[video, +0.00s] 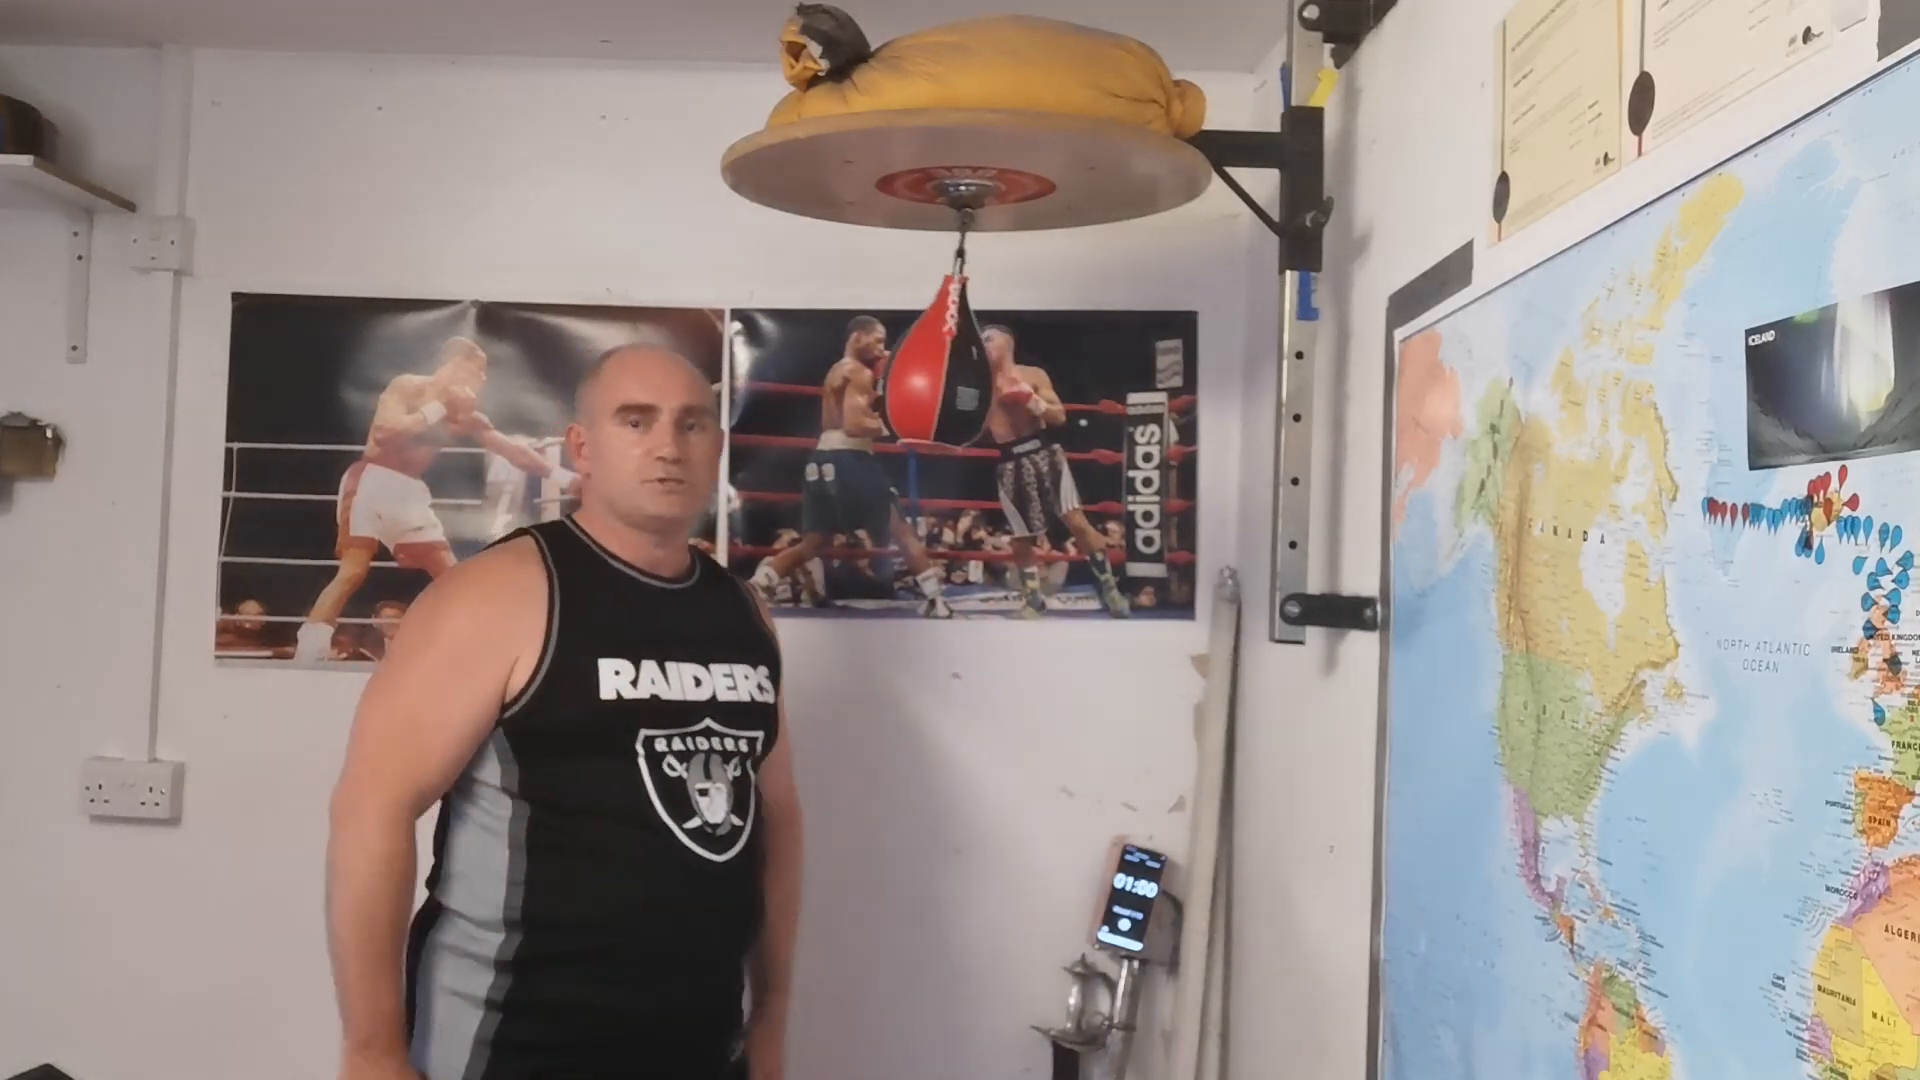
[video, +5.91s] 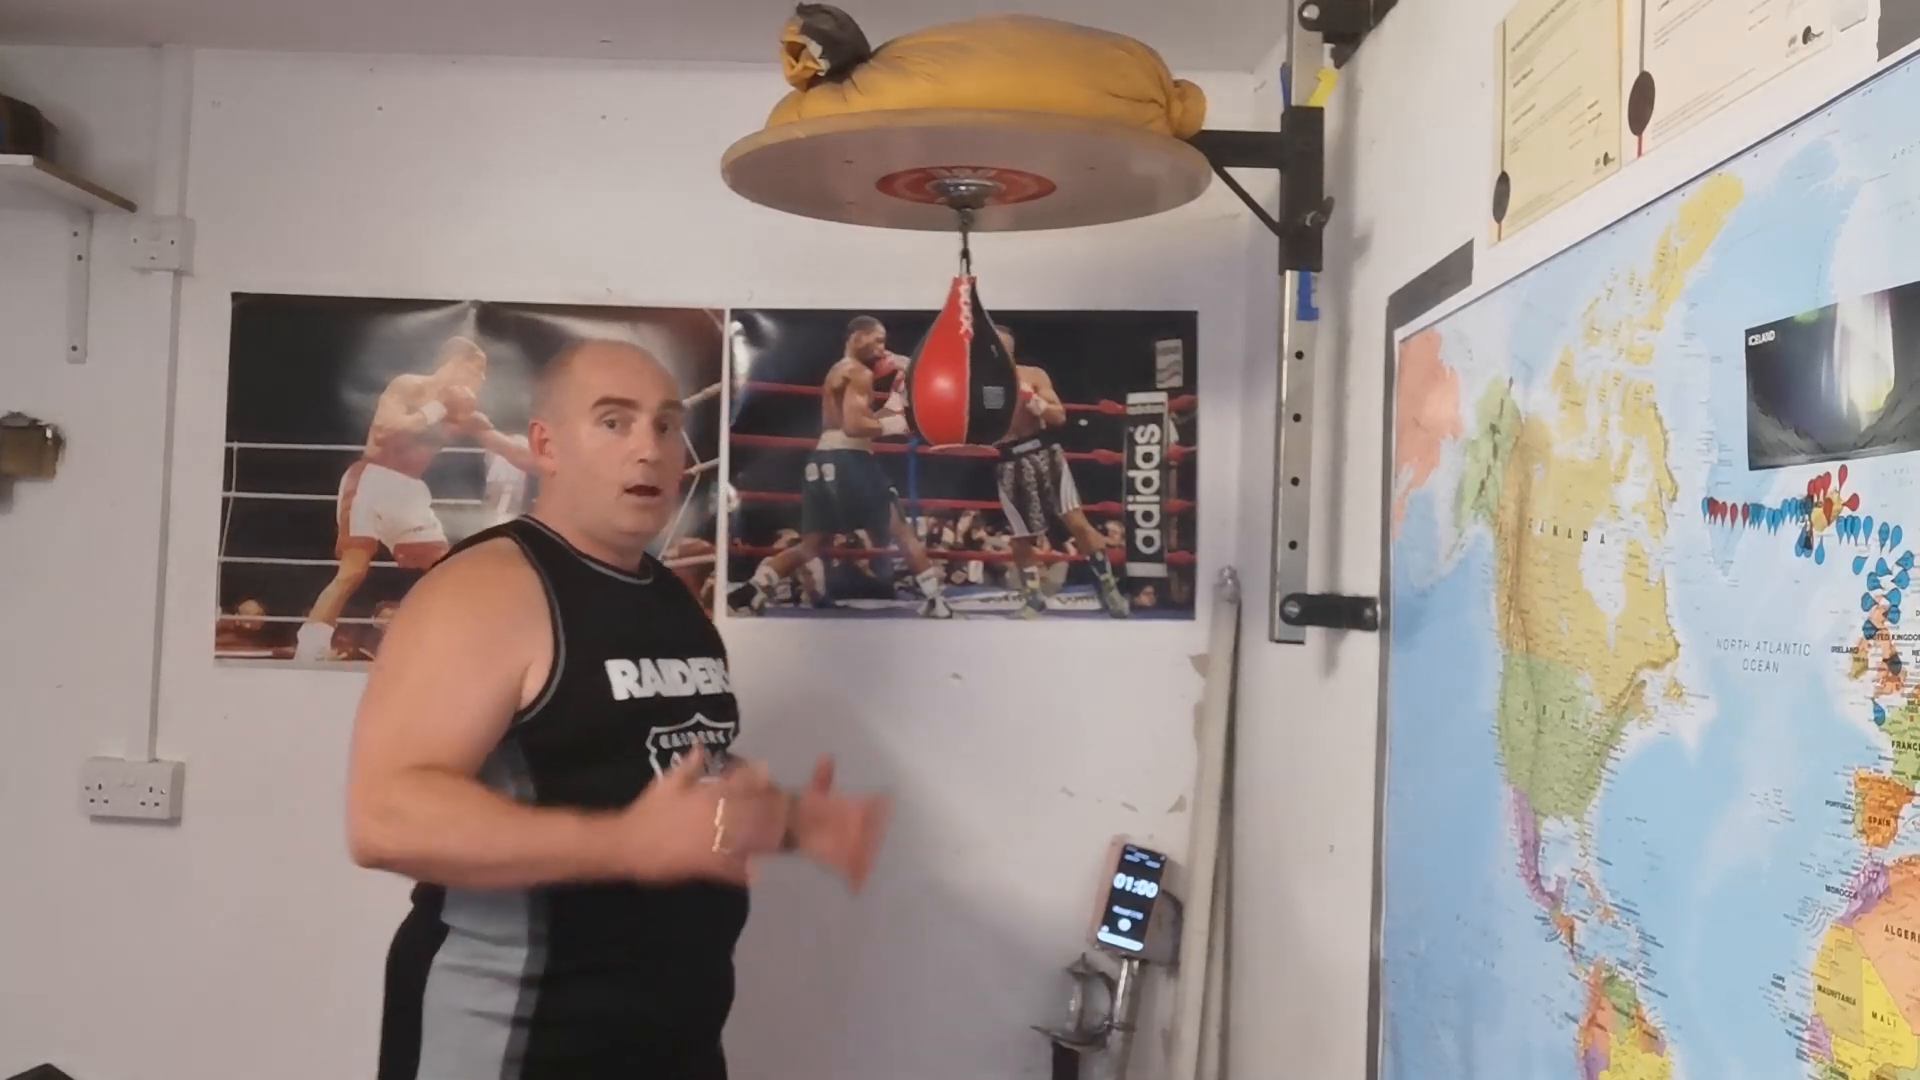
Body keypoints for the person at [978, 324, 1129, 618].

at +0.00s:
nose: (985, 346)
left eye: (991, 340)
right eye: (982, 342)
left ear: (1009, 344)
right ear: (981, 351)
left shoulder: (1034, 375)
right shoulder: (986, 386)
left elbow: (1059, 417)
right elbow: (986, 427)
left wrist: (1033, 401)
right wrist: (963, 445)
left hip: (1046, 457)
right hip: (1011, 465)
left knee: (1075, 522)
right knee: (1021, 538)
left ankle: (1109, 589)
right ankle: (1032, 599)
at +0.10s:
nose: (988, 346)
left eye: (993, 339)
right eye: (984, 341)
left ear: (1009, 344)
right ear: (981, 350)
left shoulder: (1034, 375)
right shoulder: (982, 384)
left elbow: (1059, 417)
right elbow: (977, 429)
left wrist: (1033, 401)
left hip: (1046, 456)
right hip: (1011, 464)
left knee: (1075, 521)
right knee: (1022, 537)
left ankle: (1109, 589)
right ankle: (1032, 598)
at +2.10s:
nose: (998, 356)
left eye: (1001, 350)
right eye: (993, 351)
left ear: (1011, 349)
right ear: (986, 353)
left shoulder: (1034, 375)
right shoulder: (982, 383)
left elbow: (1059, 416)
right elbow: (974, 425)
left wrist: (1036, 403)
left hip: (1046, 456)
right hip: (1011, 464)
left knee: (1075, 522)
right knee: (1022, 537)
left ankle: (1108, 589)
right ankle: (1033, 598)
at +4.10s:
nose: (1001, 356)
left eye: (1003, 349)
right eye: (994, 354)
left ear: (1011, 350)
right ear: (987, 361)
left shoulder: (1033, 376)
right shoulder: (986, 388)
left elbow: (1059, 416)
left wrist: (1041, 407)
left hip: (1047, 456)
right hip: (1012, 464)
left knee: (1076, 522)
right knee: (1021, 535)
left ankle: (1109, 589)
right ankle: (1032, 597)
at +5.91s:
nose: (998, 357)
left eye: (1002, 350)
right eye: (993, 351)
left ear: (1012, 350)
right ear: (985, 354)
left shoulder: (1034, 375)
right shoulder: (982, 384)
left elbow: (1059, 417)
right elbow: (979, 427)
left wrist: (1038, 405)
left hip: (1046, 456)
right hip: (1011, 464)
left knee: (1075, 522)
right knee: (1022, 537)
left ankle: (1108, 587)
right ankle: (1032, 597)